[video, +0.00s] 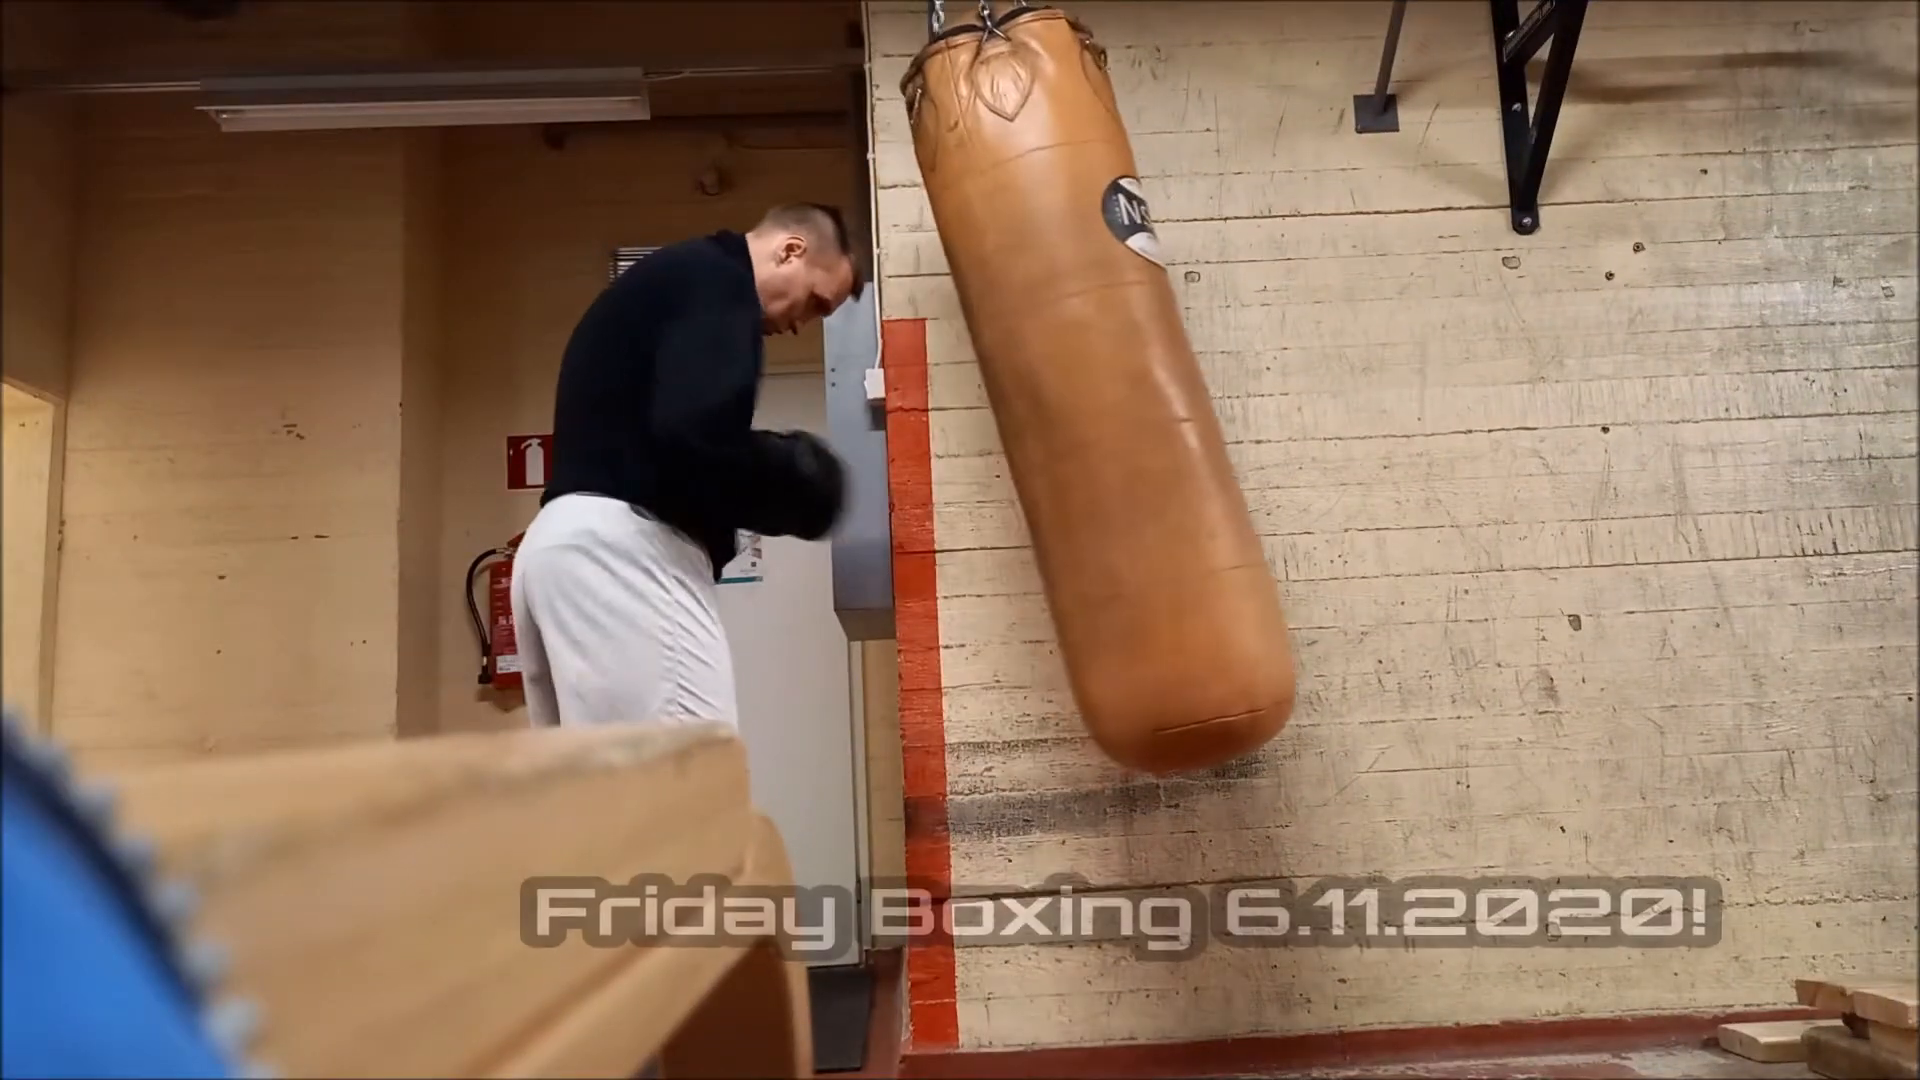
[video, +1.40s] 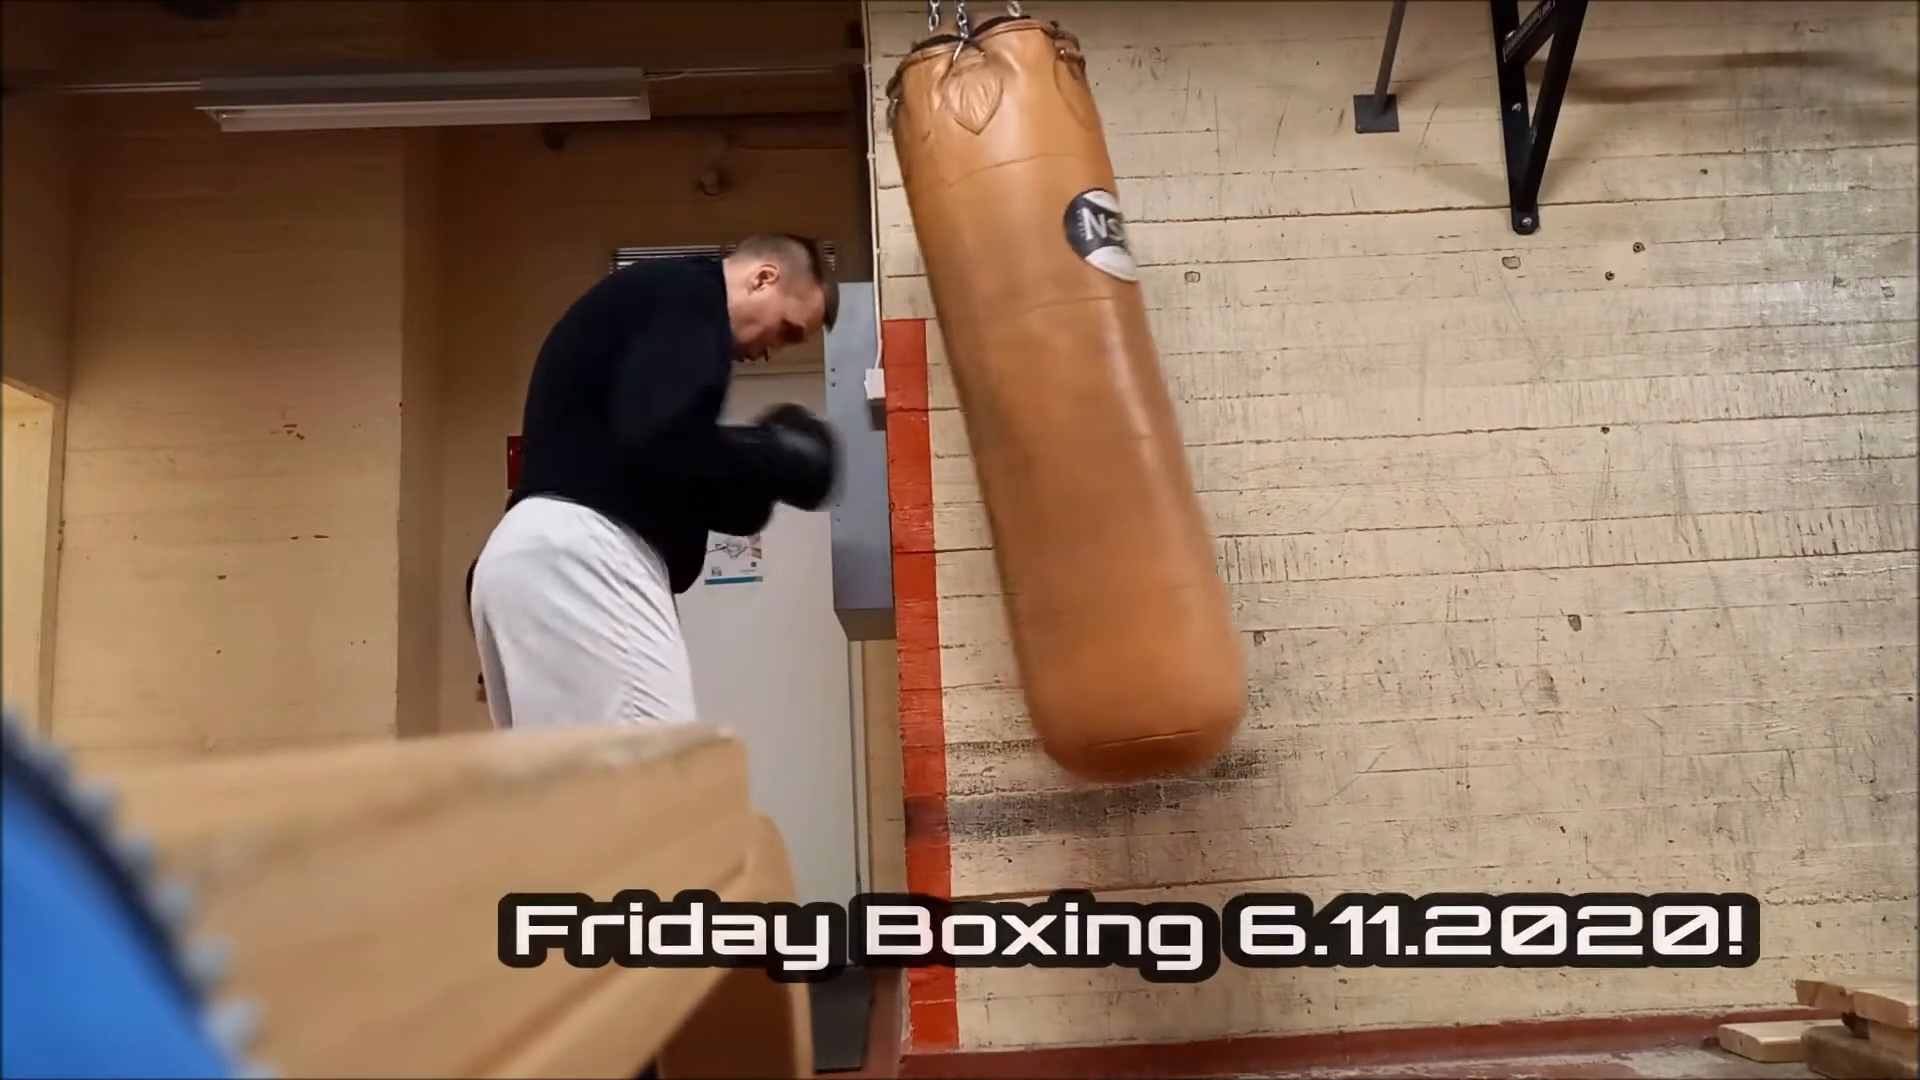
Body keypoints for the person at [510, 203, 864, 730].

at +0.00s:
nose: (800, 325)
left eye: (817, 315)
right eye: (814, 302)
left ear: (788, 248)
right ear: (791, 250)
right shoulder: (716, 281)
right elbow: (696, 444)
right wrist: (802, 473)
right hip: (620, 548)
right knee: (688, 801)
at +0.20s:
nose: (761, 344)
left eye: (777, 334)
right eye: (775, 322)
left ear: (751, 272)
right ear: (752, 274)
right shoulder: (688, 293)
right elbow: (637, 420)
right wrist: (723, 510)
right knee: (693, 788)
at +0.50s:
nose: (759, 336)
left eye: (774, 326)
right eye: (770, 312)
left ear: (741, 263)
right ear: (744, 263)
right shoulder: (631, 287)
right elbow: (598, 443)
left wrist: (703, 545)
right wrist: (713, 423)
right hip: (570, 569)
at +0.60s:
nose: (766, 346)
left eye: (782, 336)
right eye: (778, 324)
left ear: (751, 271)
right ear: (754, 272)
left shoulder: (690, 354)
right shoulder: (627, 290)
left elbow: (721, 514)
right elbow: (568, 448)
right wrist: (706, 463)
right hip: (571, 565)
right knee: (636, 809)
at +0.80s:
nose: (780, 358)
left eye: (797, 347)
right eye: (793, 338)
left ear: (770, 282)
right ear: (773, 286)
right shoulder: (700, 308)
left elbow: (684, 481)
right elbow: (695, 466)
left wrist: (803, 460)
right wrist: (820, 473)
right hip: (588, 563)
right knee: (653, 798)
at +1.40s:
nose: (772, 351)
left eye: (789, 341)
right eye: (786, 330)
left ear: (763, 278)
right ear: (764, 278)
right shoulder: (687, 299)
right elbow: (658, 436)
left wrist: (760, 458)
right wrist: (771, 455)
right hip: (577, 553)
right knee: (657, 791)